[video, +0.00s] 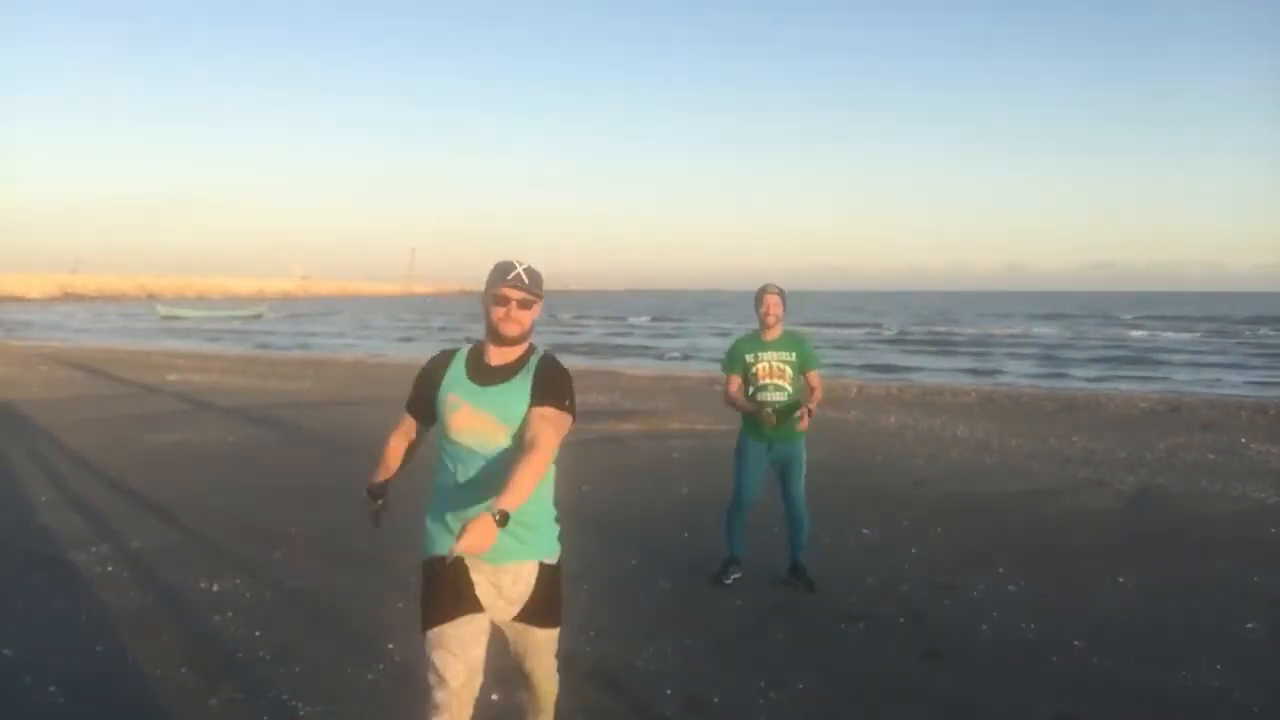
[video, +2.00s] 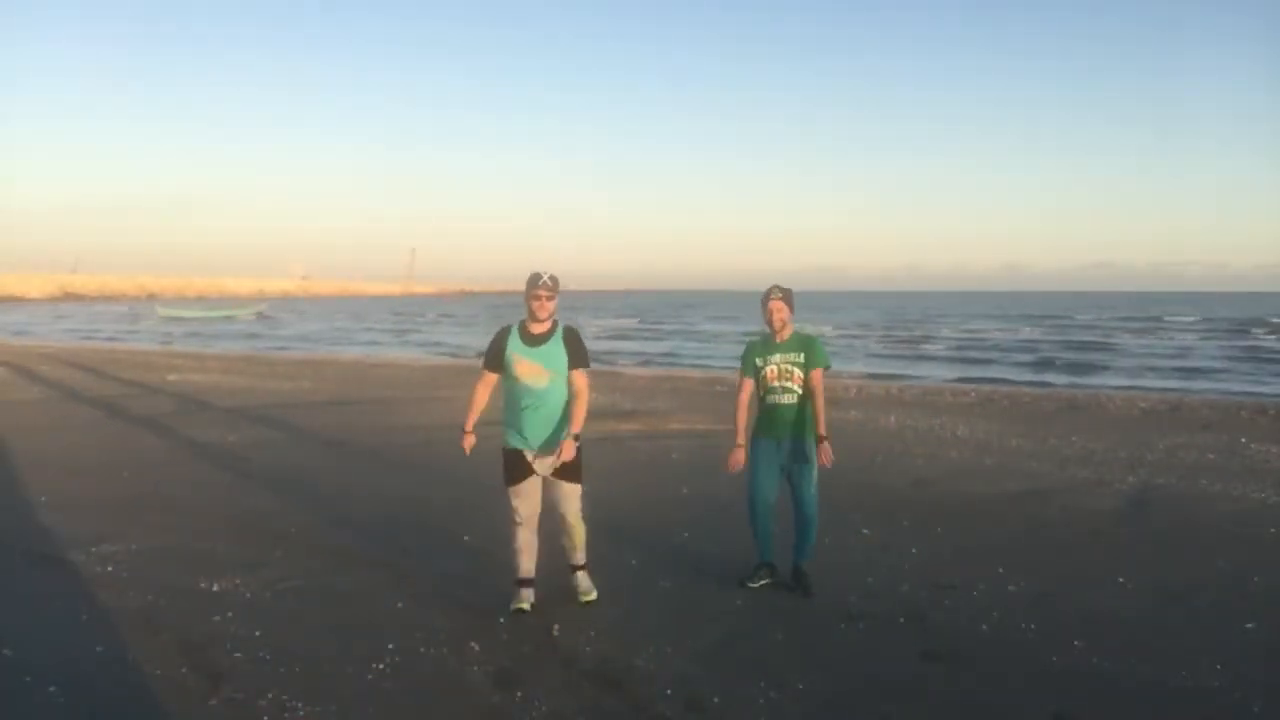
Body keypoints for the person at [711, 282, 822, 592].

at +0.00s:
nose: (769, 311)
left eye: (775, 305)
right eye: (764, 305)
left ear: (783, 310)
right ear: (756, 310)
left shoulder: (799, 345)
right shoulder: (742, 347)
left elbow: (816, 387)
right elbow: (731, 392)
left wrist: (808, 408)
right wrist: (756, 410)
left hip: (791, 434)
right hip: (755, 434)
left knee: (796, 501)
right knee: (743, 498)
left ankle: (798, 564)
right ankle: (734, 561)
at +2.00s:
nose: (774, 316)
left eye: (779, 310)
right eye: (769, 311)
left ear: (790, 312)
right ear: (764, 316)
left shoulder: (810, 345)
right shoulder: (755, 348)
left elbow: (817, 390)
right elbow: (744, 396)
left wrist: (821, 436)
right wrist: (740, 443)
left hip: (802, 437)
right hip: (766, 437)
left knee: (807, 505)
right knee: (760, 500)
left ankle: (800, 568)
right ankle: (765, 566)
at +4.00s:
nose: (758, 304)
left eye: (765, 298)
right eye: (753, 298)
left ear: (775, 305)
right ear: (745, 305)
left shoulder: (790, 343)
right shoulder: (732, 346)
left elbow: (801, 387)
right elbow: (729, 394)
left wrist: (779, 392)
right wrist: (732, 389)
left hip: (781, 443)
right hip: (743, 442)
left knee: (784, 522)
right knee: (731, 516)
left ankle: (776, 592)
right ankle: (735, 582)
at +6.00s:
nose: (711, 334)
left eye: (718, 326)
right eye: (705, 326)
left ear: (730, 327)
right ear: (697, 327)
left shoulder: (748, 366)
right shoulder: (679, 360)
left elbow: (766, 413)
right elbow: (650, 392)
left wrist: (760, 427)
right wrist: (639, 411)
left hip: (730, 475)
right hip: (684, 471)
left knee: (758, 540)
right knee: (652, 543)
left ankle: (780, 598)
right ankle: (629, 620)